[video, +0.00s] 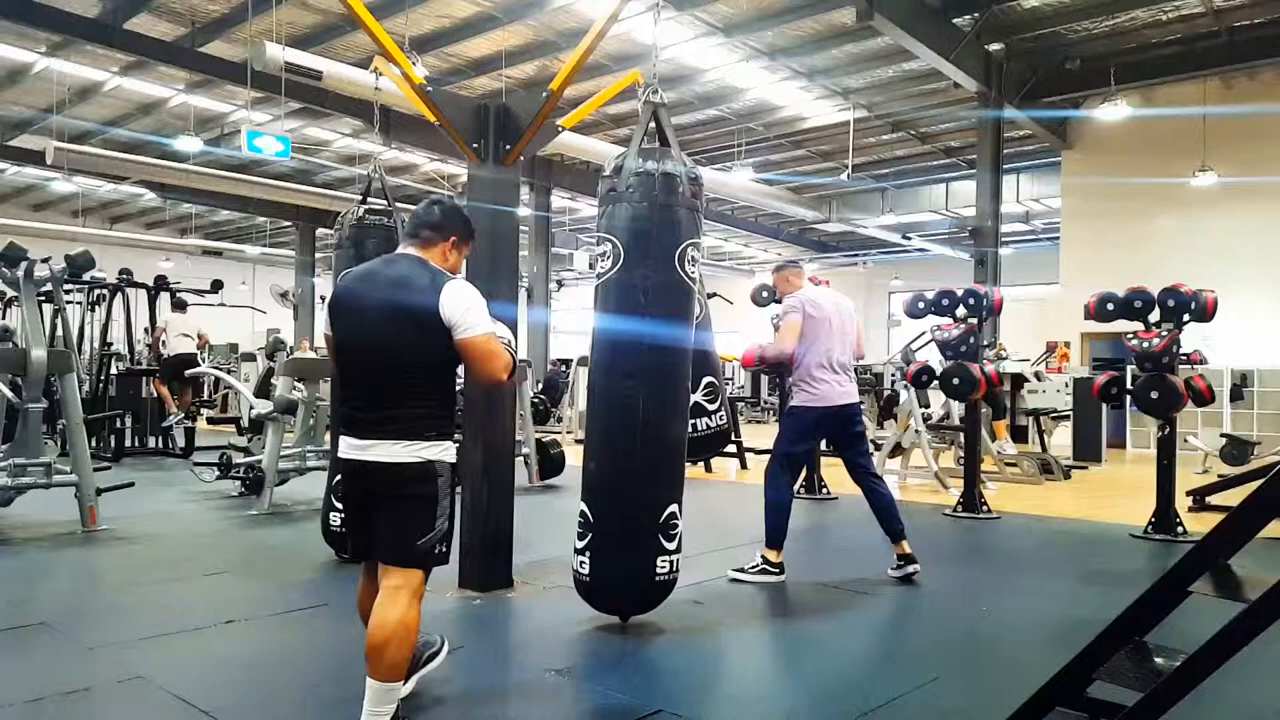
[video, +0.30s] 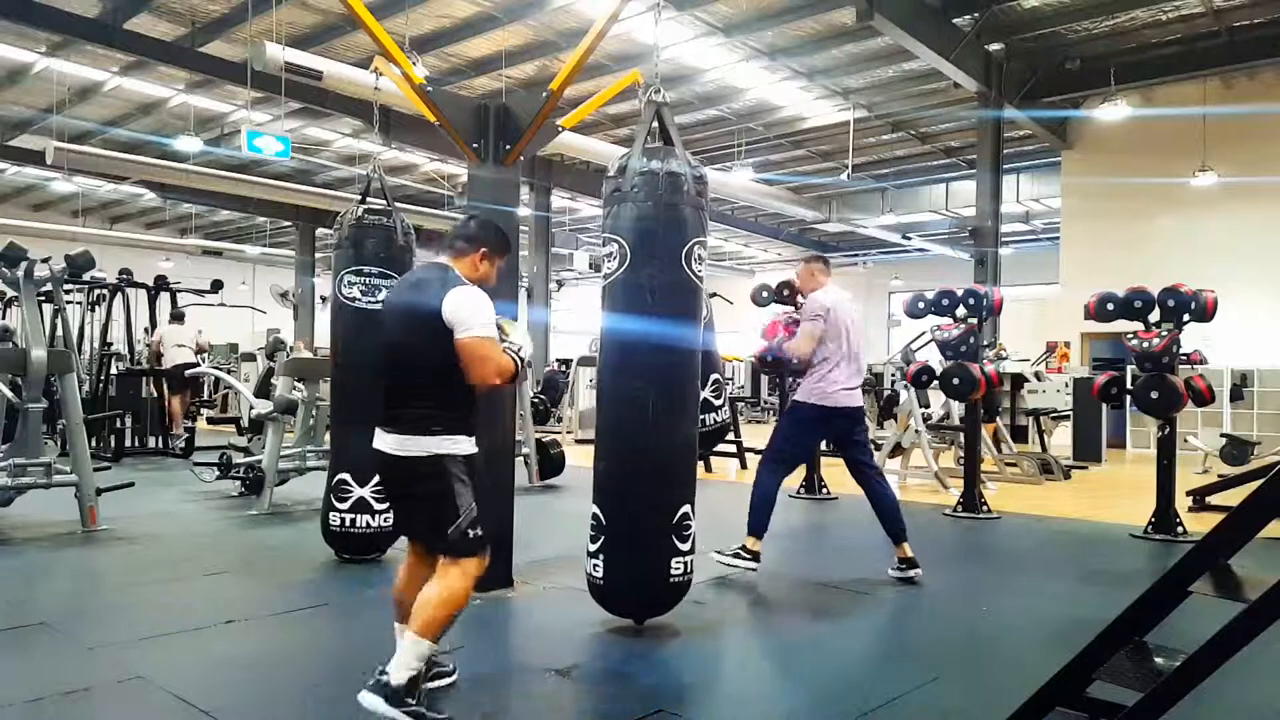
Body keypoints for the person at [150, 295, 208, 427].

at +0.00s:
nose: (173, 310)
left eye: (173, 308)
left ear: (172, 308)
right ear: (186, 309)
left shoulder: (167, 318)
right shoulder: (192, 321)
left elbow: (156, 335)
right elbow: (205, 339)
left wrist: (155, 352)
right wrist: (194, 349)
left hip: (175, 355)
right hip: (192, 356)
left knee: (159, 382)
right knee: (187, 388)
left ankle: (174, 412)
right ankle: (181, 417)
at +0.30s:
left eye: (172, 319)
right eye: (181, 320)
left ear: (170, 320)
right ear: (184, 321)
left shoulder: (161, 330)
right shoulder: (190, 331)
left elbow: (154, 347)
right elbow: (204, 347)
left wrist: (157, 361)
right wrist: (193, 352)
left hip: (172, 363)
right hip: (190, 361)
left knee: (175, 397)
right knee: (186, 395)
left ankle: (179, 430)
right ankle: (178, 423)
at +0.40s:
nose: (167, 330)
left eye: (167, 328)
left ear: (167, 328)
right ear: (181, 329)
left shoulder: (161, 338)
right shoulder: (189, 339)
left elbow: (153, 357)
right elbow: (204, 353)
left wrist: (157, 365)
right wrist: (192, 355)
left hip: (172, 374)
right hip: (191, 372)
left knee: (173, 411)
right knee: (184, 405)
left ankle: (178, 443)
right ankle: (177, 440)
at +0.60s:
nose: (162, 337)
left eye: (163, 334)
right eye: (163, 334)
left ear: (166, 336)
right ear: (178, 336)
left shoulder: (161, 350)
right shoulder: (188, 348)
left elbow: (154, 371)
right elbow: (204, 362)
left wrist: (166, 369)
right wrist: (191, 365)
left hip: (173, 389)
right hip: (191, 387)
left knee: (173, 423)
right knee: (179, 420)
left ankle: (179, 454)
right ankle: (181, 450)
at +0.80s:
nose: (161, 333)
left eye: (163, 330)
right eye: (162, 330)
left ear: (168, 332)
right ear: (178, 333)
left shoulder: (161, 349)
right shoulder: (189, 346)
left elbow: (154, 369)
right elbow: (204, 362)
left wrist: (163, 377)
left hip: (173, 390)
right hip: (193, 386)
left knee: (176, 422)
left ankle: (180, 454)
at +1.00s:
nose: (160, 331)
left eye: (163, 329)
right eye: (161, 328)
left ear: (169, 331)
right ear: (177, 331)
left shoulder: (160, 348)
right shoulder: (189, 346)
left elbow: (155, 369)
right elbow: (203, 362)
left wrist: (164, 374)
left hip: (171, 390)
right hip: (191, 387)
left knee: (174, 422)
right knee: (195, 409)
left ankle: (178, 455)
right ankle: (193, 431)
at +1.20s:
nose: (166, 331)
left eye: (168, 328)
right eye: (167, 327)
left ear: (172, 331)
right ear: (183, 332)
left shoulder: (164, 350)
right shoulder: (193, 347)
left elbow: (155, 371)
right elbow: (204, 363)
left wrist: (167, 371)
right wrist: (192, 363)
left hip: (173, 392)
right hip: (193, 390)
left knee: (174, 422)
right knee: (194, 421)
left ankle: (178, 454)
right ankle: (188, 452)